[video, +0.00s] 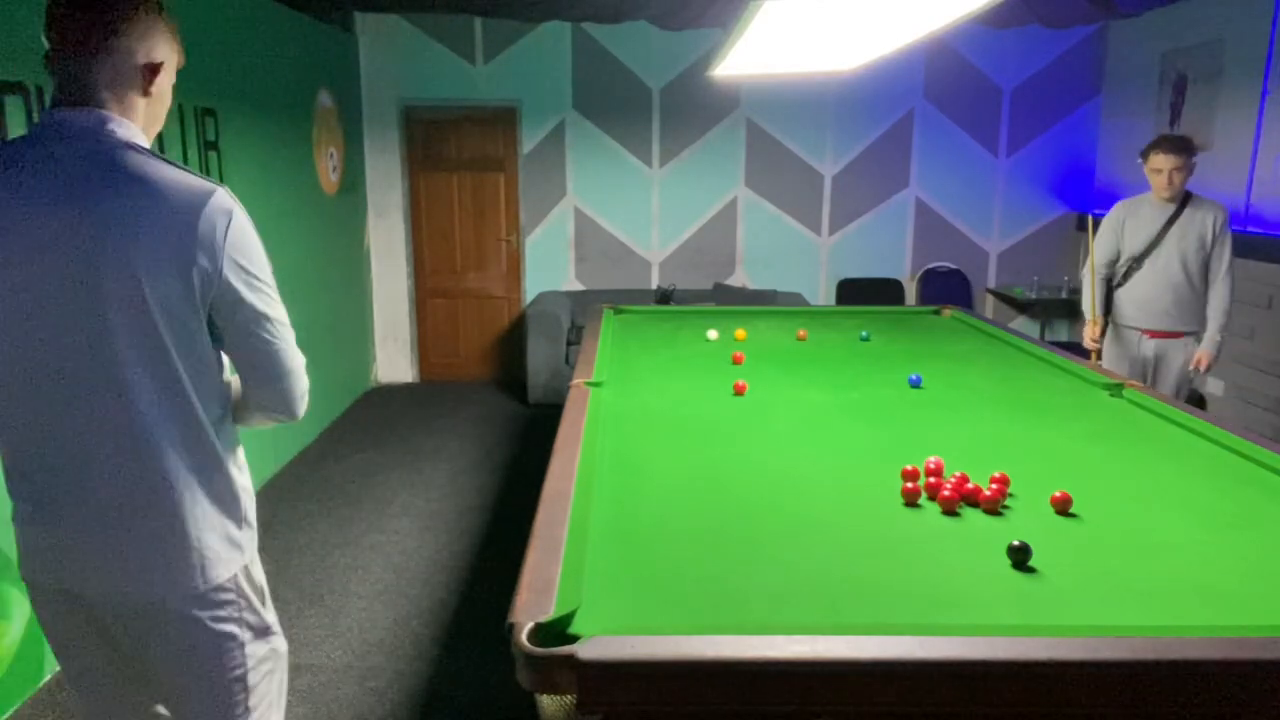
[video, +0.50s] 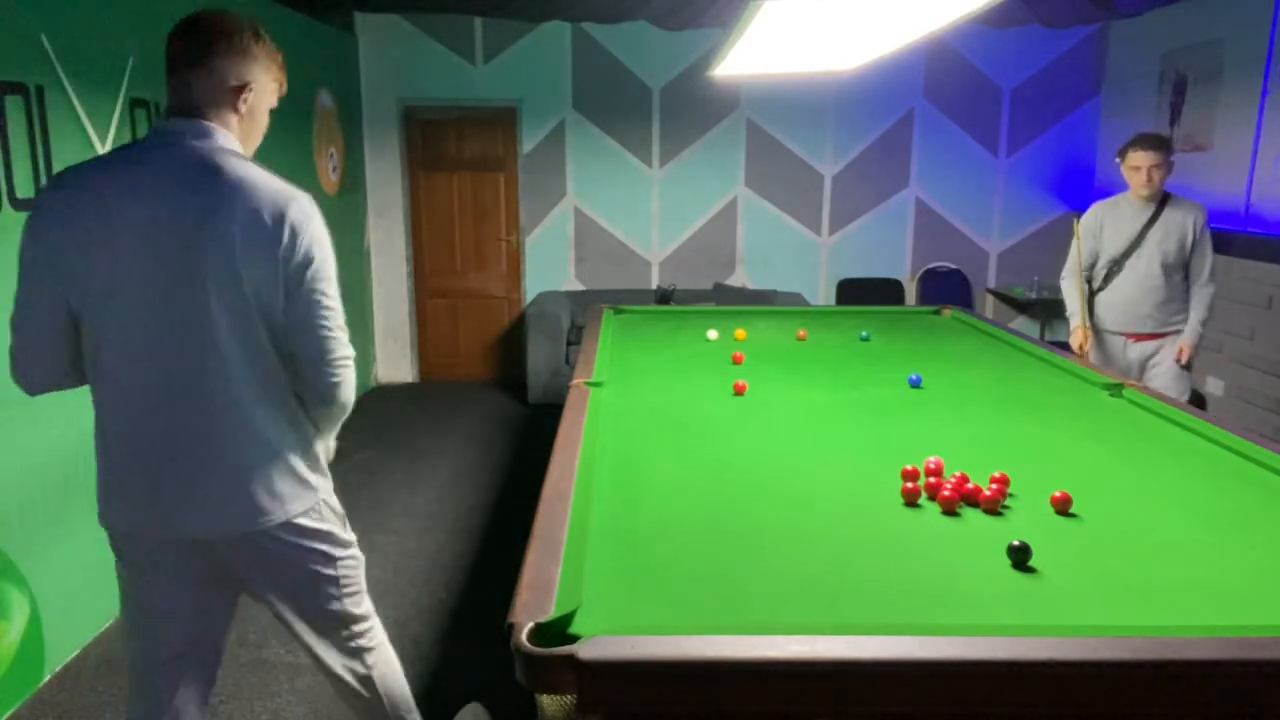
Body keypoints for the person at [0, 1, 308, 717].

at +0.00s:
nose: (170, 99)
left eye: (171, 79)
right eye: (172, 79)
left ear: (55, 71)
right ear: (154, 76)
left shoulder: (4, 182)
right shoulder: (198, 208)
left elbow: (14, 367)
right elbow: (283, 394)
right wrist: (204, 398)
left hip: (55, 563)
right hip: (190, 568)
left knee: (109, 711)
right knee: (237, 708)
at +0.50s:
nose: (269, 121)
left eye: (274, 106)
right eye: (271, 105)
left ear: (174, 91)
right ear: (243, 97)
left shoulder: (68, 198)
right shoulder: (279, 208)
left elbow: (35, 368)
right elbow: (331, 379)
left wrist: (131, 339)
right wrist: (309, 446)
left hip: (144, 503)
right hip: (271, 497)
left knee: (166, 694)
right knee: (361, 657)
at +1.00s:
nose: (434, 127)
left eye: (437, 114)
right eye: (436, 113)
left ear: (357, 98)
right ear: (415, 108)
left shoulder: (269, 176)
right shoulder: (442, 201)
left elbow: (222, 317)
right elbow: (489, 331)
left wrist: (276, 300)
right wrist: (531, 411)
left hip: (304, 444)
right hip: (407, 447)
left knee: (272, 636)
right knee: (433, 631)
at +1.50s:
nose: (494, 130)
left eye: (495, 120)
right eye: (495, 120)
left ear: (421, 104)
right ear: (482, 117)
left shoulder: (345, 170)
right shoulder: (496, 199)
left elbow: (301, 293)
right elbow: (518, 323)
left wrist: (361, 275)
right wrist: (551, 410)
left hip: (357, 411)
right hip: (449, 420)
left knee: (342, 567)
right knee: (446, 578)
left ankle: (319, 709)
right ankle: (445, 712)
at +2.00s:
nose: (408, 122)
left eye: (406, 111)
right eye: (406, 110)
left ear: (340, 108)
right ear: (393, 110)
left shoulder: (292, 185)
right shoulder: (417, 189)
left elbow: (287, 291)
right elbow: (460, 306)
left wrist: (348, 283)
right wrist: (419, 325)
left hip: (341, 399)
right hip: (416, 399)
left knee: (359, 539)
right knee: (453, 536)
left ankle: (367, 675)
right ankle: (442, 700)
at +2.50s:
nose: (407, 128)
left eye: (406, 117)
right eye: (404, 117)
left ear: (345, 116)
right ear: (387, 116)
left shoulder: (297, 188)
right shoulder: (423, 186)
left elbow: (282, 291)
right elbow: (460, 292)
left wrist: (344, 287)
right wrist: (430, 329)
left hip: (344, 380)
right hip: (419, 375)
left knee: (357, 513)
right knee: (451, 489)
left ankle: (365, 668)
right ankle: (478, 601)